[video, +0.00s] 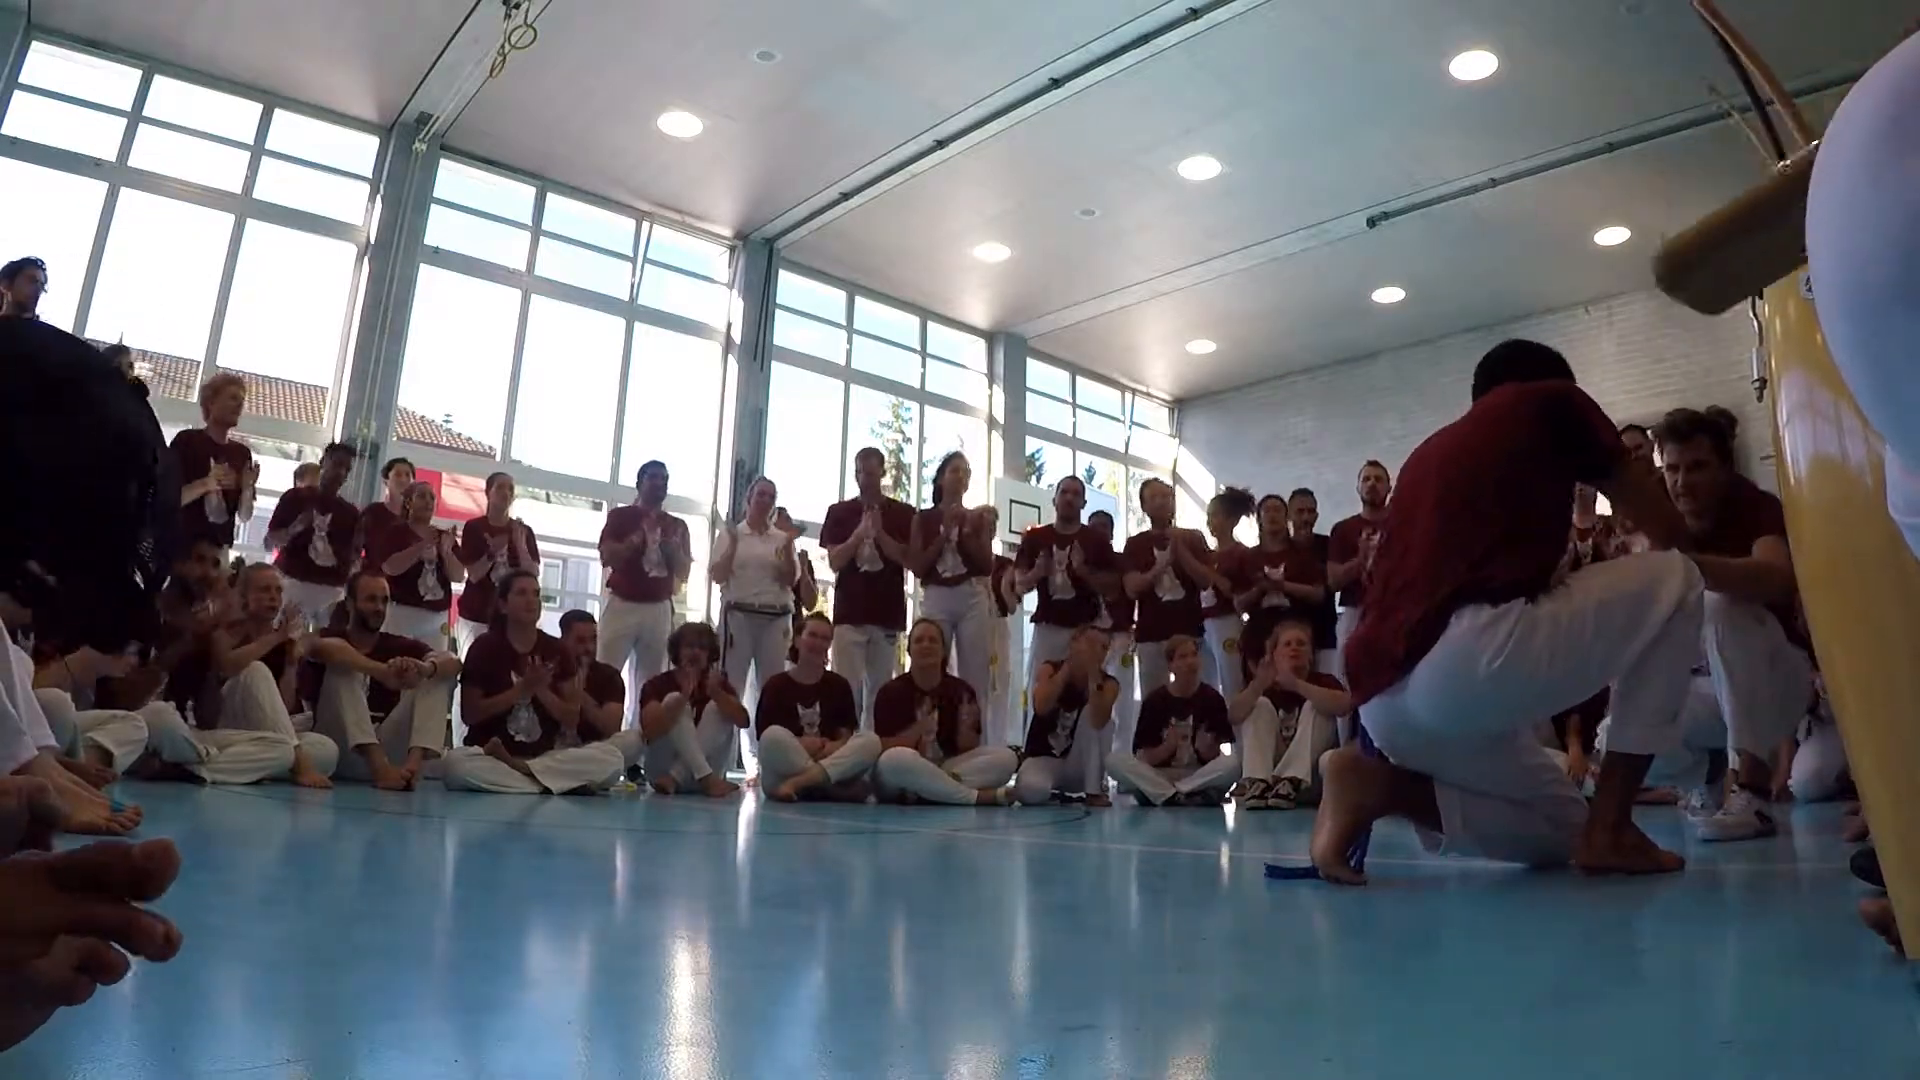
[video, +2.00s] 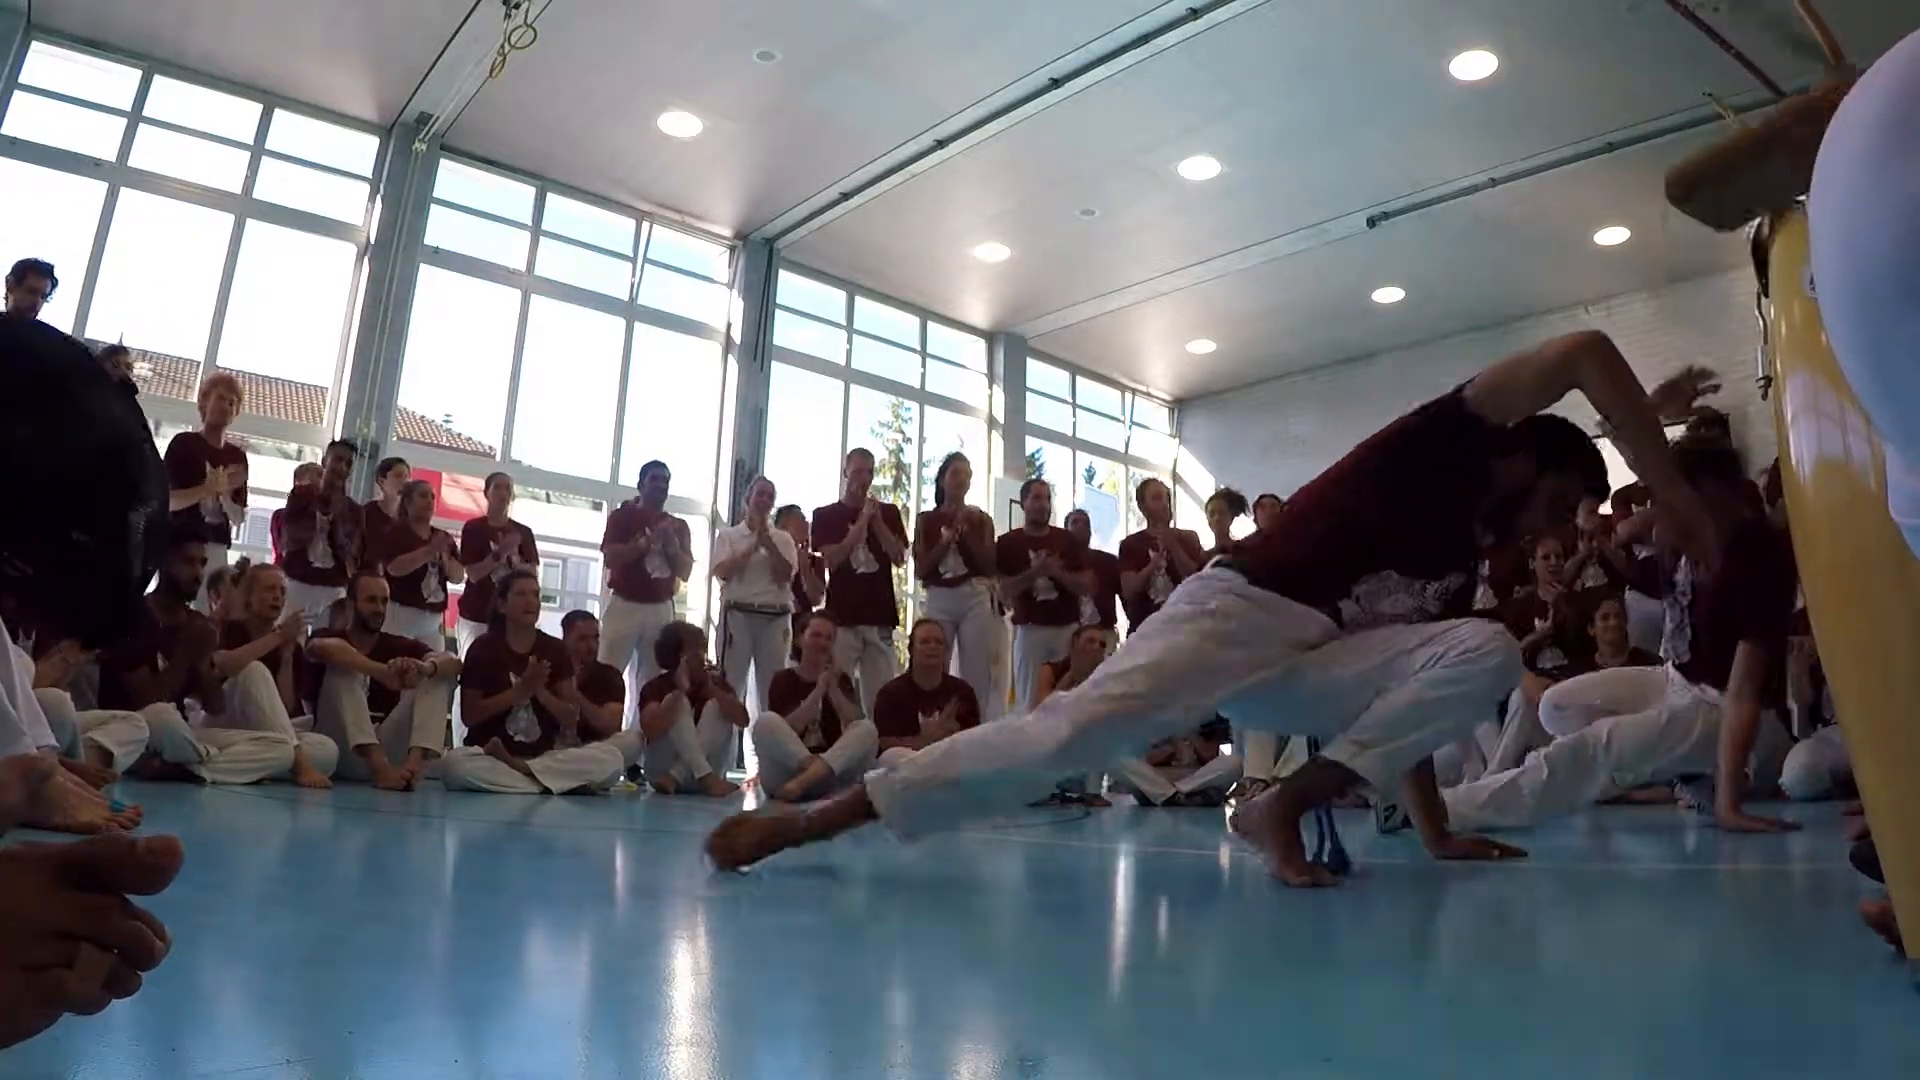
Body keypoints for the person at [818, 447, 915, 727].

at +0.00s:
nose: (863, 477)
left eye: (870, 471)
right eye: (859, 472)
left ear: (882, 472)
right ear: (855, 474)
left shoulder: (904, 513)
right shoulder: (839, 512)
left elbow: (908, 558)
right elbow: (835, 562)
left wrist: (880, 534)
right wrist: (859, 534)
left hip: (888, 617)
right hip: (849, 616)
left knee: (881, 692)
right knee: (846, 691)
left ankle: (879, 754)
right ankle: (844, 755)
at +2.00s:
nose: (862, 479)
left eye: (867, 473)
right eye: (856, 473)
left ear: (873, 476)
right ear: (844, 474)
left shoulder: (888, 512)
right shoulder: (825, 515)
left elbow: (899, 557)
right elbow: (830, 561)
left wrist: (876, 522)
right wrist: (861, 522)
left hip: (879, 619)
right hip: (841, 620)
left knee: (883, 702)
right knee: (836, 698)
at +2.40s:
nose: (860, 475)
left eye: (865, 470)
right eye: (854, 469)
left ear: (869, 474)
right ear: (842, 473)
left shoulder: (886, 512)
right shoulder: (824, 516)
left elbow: (896, 558)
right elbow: (832, 563)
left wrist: (871, 524)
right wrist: (859, 525)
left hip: (879, 618)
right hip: (840, 619)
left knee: (880, 702)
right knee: (836, 699)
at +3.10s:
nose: (865, 476)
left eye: (870, 470)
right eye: (859, 470)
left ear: (875, 474)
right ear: (847, 472)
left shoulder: (890, 512)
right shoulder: (827, 514)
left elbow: (900, 559)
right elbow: (828, 563)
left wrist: (872, 523)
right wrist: (849, 529)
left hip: (879, 617)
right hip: (841, 616)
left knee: (879, 697)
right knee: (836, 694)